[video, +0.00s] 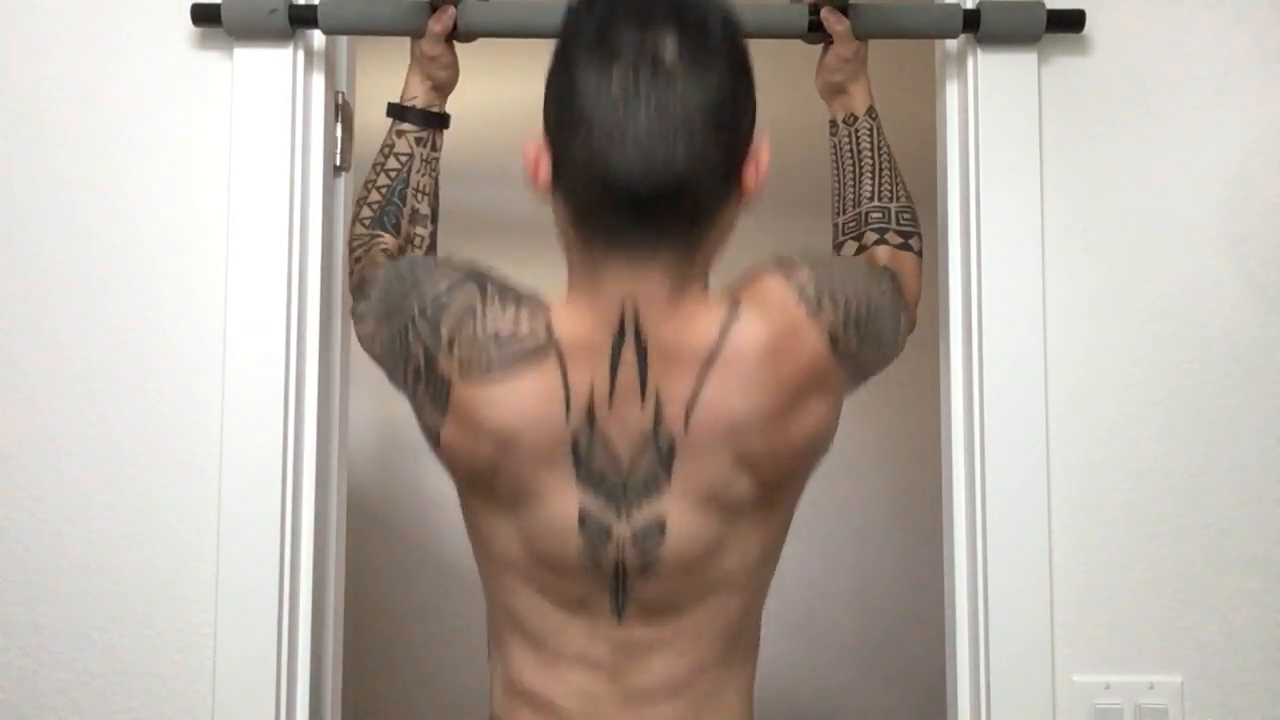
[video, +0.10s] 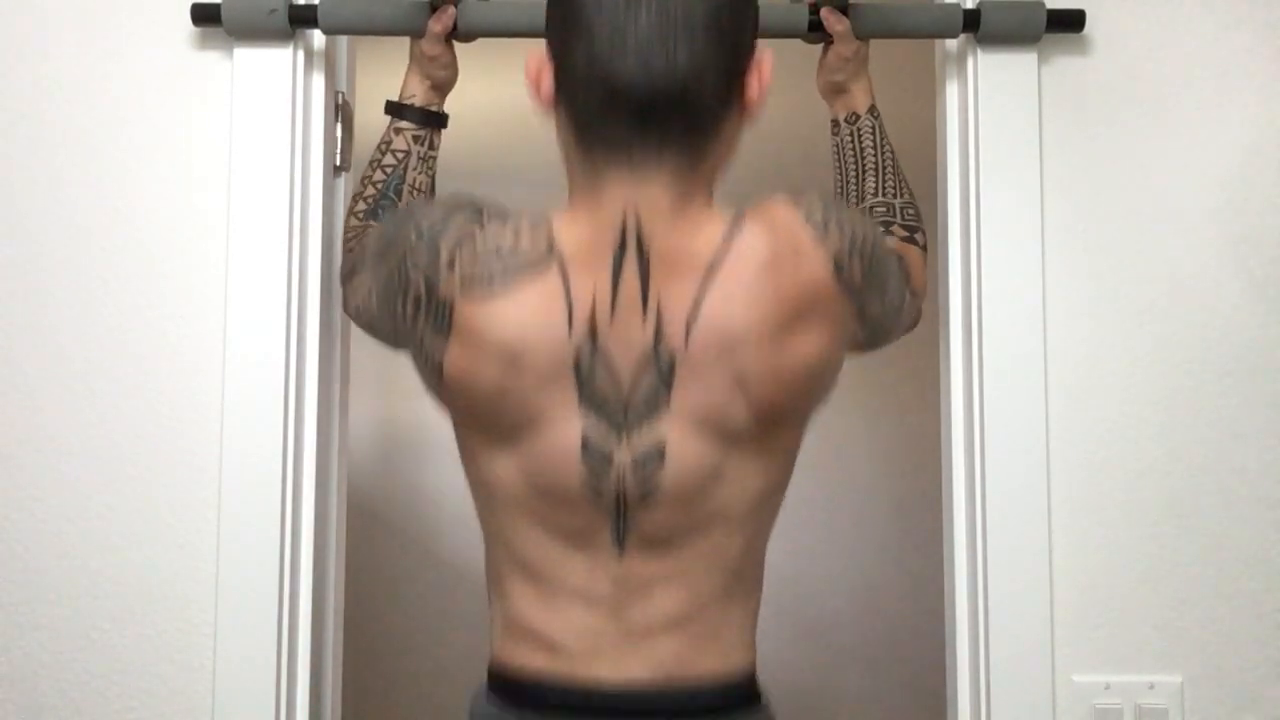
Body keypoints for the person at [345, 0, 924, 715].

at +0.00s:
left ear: (539, 170)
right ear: (753, 171)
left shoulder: (475, 356)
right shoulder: (795, 343)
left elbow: (379, 261)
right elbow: (892, 263)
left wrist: (423, 89)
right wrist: (850, 96)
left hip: (530, 708)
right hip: (711, 707)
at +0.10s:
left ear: (542, 83)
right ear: (754, 85)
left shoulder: (465, 276)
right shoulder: (801, 271)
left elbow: (365, 260)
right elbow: (903, 273)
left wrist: (421, 89)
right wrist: (853, 99)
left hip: (525, 696)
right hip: (715, 697)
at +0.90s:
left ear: (543, 126)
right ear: (752, 127)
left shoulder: (475, 308)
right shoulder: (799, 309)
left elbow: (379, 263)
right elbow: (893, 263)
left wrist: (423, 95)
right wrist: (852, 97)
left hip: (534, 699)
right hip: (725, 700)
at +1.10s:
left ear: (543, 209)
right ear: (752, 211)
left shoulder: (484, 389)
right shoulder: (791, 379)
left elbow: (388, 259)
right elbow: (888, 263)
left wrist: (423, 92)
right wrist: (850, 96)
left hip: (537, 710)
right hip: (720, 710)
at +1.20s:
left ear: (542, 243)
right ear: (750, 247)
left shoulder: (489, 417)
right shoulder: (784, 408)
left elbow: (392, 264)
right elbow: (885, 269)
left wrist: (423, 90)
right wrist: (851, 97)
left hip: (533, 711)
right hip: (722, 712)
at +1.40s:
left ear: (539, 295)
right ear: (746, 297)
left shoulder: (493, 458)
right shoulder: (780, 441)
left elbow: (403, 278)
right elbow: (877, 281)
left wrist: (425, 93)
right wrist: (849, 97)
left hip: (532, 714)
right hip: (722, 714)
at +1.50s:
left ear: (540, 301)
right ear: (746, 305)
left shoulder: (494, 459)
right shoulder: (781, 437)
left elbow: (402, 278)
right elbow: (877, 281)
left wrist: (426, 93)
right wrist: (849, 99)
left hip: (530, 714)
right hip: (724, 714)